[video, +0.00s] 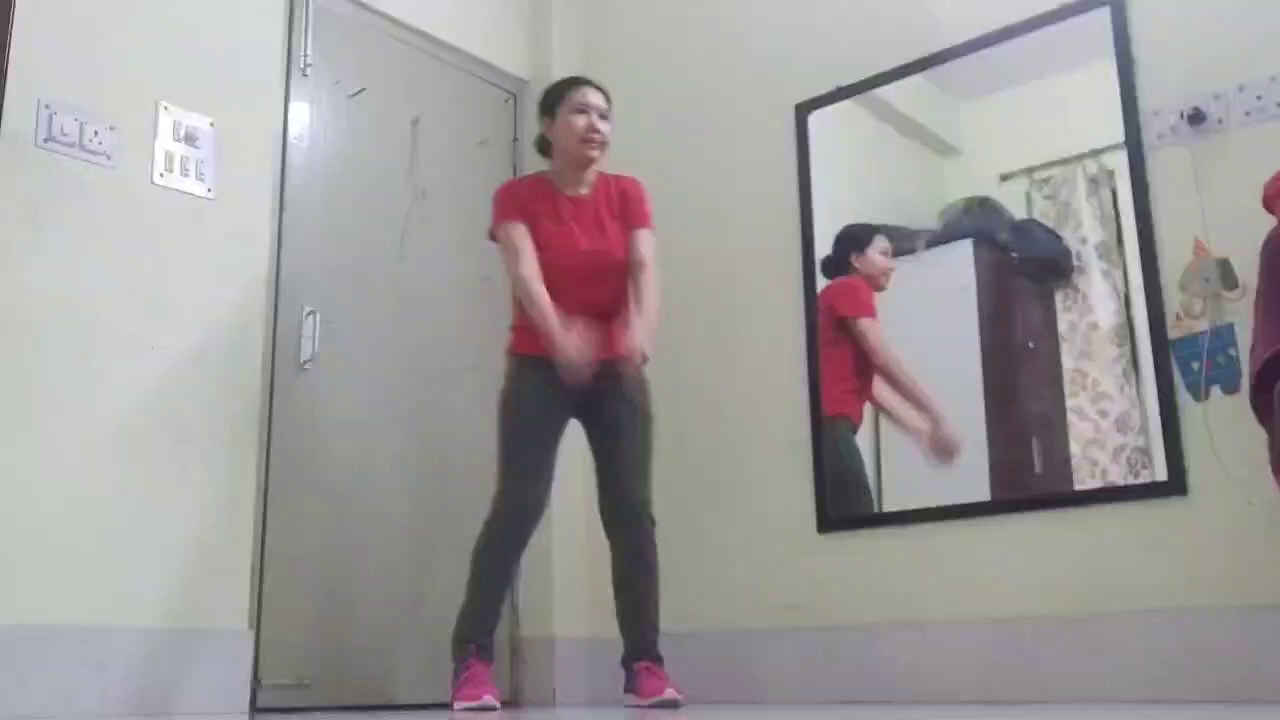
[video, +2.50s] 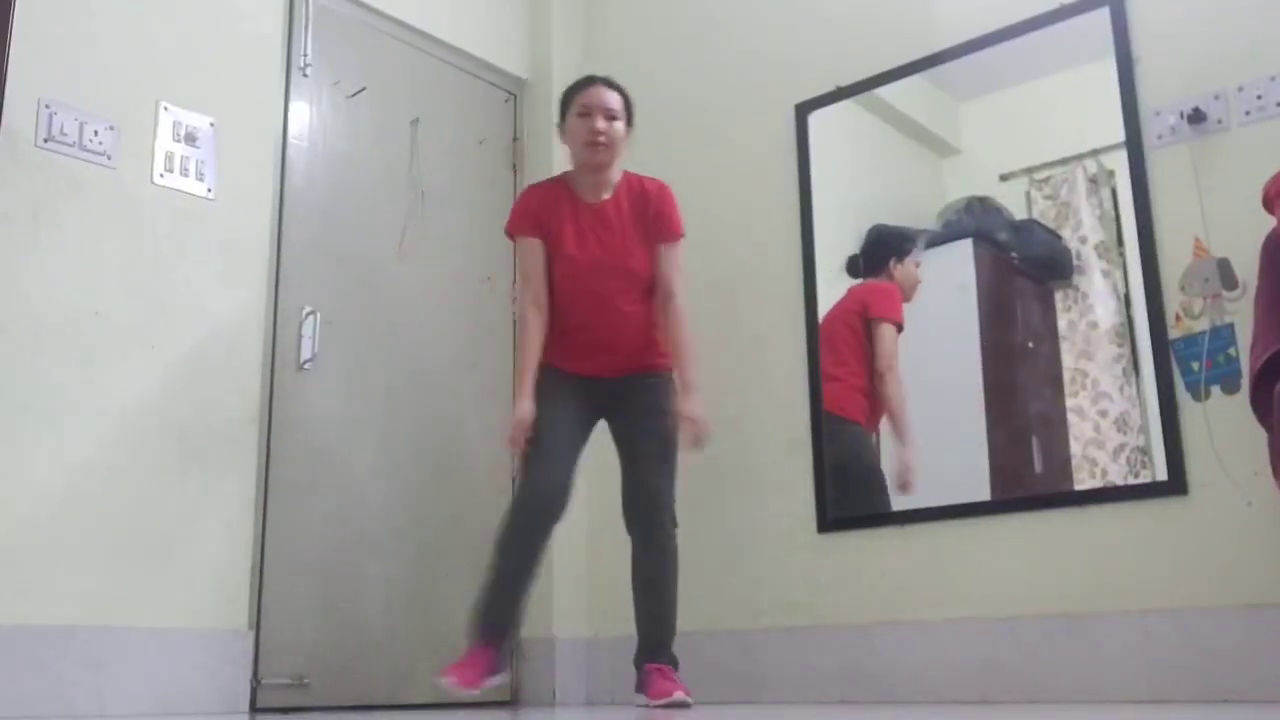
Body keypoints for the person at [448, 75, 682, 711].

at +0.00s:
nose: (595, 123)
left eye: (602, 115)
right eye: (581, 112)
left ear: (610, 131)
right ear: (548, 127)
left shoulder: (626, 193)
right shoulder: (518, 195)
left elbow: (644, 269)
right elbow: (525, 275)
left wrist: (641, 329)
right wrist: (558, 334)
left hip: (616, 368)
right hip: (540, 368)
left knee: (631, 511)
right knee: (518, 508)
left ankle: (644, 664)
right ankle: (473, 661)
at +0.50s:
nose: (624, 117)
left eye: (635, 110)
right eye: (610, 109)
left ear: (650, 130)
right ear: (587, 129)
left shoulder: (672, 199)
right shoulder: (557, 192)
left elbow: (718, 277)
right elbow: (497, 258)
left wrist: (759, 345)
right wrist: (502, 347)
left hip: (662, 367)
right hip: (584, 369)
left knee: (666, 504)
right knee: (630, 495)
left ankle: (653, 659)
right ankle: (620, 639)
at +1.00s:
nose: (559, 130)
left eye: (572, 116)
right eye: (549, 121)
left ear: (604, 121)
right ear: (540, 131)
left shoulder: (636, 184)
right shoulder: (534, 190)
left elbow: (633, 247)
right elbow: (502, 245)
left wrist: (581, 194)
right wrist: (516, 190)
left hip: (615, 370)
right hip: (536, 368)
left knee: (628, 517)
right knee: (494, 511)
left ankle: (645, 665)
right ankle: (432, 657)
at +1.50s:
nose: (447, 144)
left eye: (460, 132)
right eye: (442, 132)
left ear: (501, 134)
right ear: (439, 135)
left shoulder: (546, 204)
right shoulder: (429, 195)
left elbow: (569, 298)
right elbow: (373, 265)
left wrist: (598, 381)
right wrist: (358, 353)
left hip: (517, 371)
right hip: (437, 368)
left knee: (485, 493)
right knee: (433, 510)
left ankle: (478, 641)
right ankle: (427, 667)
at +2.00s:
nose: (453, 155)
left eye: (465, 141)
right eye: (445, 143)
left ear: (505, 137)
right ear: (441, 143)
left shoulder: (549, 202)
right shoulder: (430, 197)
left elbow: (563, 292)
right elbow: (425, 289)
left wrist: (540, 306)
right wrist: (490, 300)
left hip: (524, 373)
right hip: (444, 372)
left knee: (559, 485)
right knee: (439, 508)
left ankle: (561, 624)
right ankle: (428, 668)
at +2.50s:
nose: (600, 125)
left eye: (611, 116)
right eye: (587, 115)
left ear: (629, 133)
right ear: (563, 131)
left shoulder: (653, 200)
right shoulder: (538, 205)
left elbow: (670, 298)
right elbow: (533, 307)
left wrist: (688, 390)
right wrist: (524, 396)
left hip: (643, 378)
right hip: (564, 378)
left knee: (653, 514)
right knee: (539, 498)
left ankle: (658, 664)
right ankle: (488, 646)